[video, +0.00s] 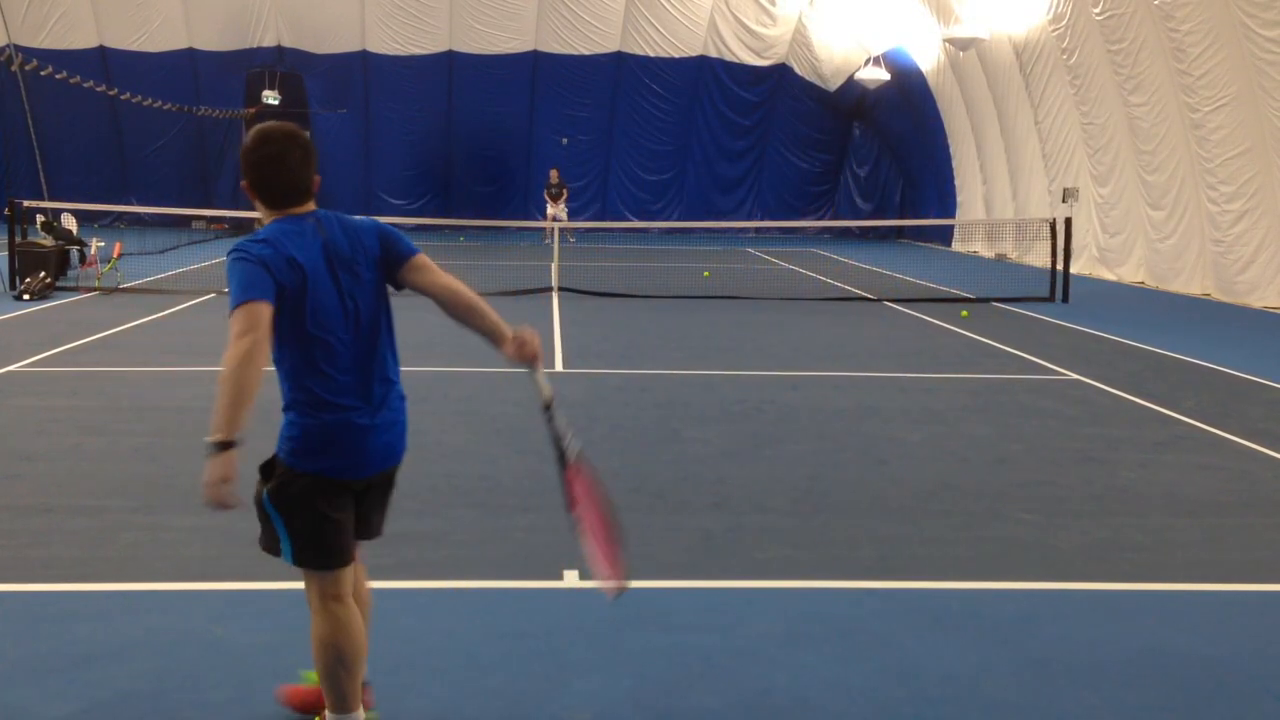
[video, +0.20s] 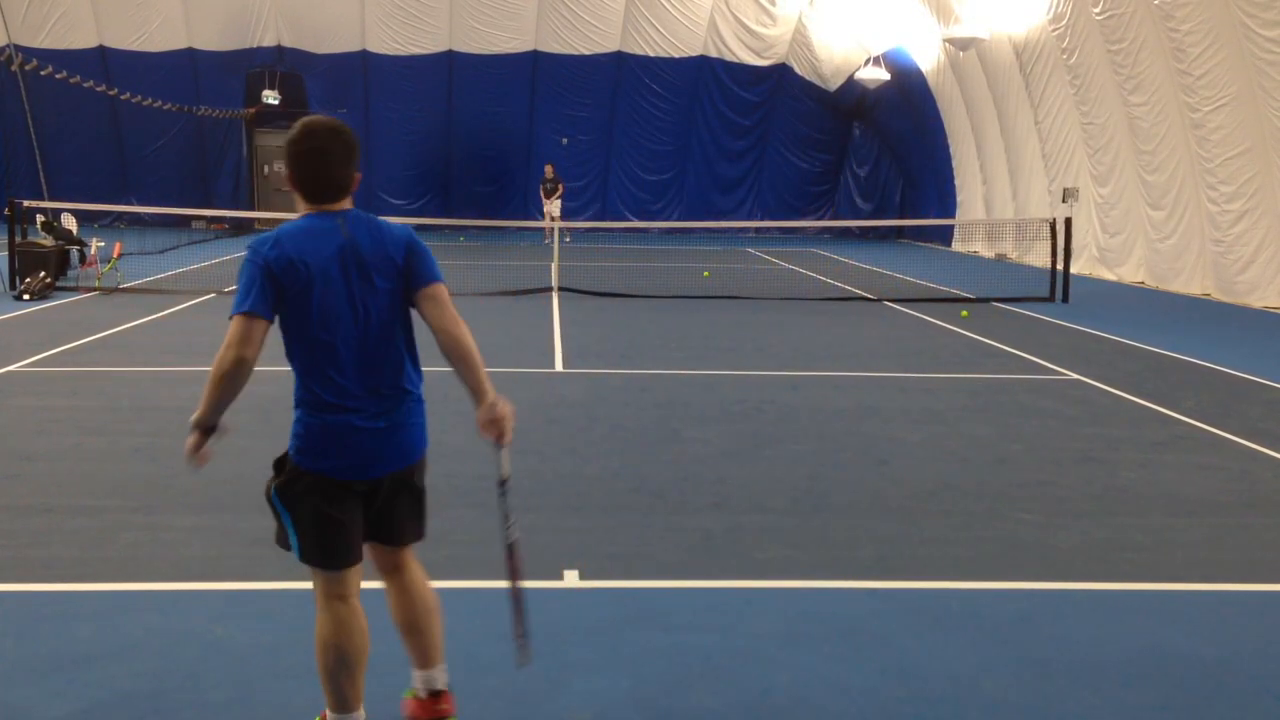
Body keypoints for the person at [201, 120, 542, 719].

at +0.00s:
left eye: (246, 179)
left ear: (249, 191)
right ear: (315, 181)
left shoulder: (256, 254)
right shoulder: (365, 232)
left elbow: (251, 338)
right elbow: (442, 286)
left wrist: (222, 443)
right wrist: (504, 334)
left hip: (317, 448)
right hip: (383, 441)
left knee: (330, 593)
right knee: (348, 565)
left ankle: (347, 713)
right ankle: (346, 683)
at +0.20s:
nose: (284, 174)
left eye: (284, 167)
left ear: (288, 180)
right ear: (355, 177)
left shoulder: (272, 252)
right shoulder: (398, 239)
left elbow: (241, 355)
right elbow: (448, 324)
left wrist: (206, 420)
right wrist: (486, 396)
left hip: (324, 449)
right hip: (401, 442)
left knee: (336, 590)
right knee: (397, 557)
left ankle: (344, 713)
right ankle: (435, 693)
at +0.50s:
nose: (368, 176)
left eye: (370, 170)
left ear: (370, 181)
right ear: (434, 183)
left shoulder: (341, 248)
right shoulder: (464, 258)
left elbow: (301, 340)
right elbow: (475, 358)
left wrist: (325, 357)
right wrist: (476, 440)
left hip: (361, 453)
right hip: (433, 454)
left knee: (354, 586)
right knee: (448, 580)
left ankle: (347, 712)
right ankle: (456, 705)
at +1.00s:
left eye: (459, 169)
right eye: (516, 175)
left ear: (454, 179)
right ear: (517, 185)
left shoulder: (420, 241)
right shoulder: (533, 260)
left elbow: (389, 318)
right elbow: (539, 357)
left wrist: (349, 401)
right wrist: (529, 436)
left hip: (419, 430)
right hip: (491, 436)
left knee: (424, 543)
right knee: (477, 565)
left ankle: (429, 660)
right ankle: (462, 700)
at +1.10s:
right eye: (519, 177)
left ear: (457, 181)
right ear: (517, 186)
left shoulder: (423, 242)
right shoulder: (536, 260)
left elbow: (394, 317)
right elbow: (542, 357)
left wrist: (356, 399)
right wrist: (534, 434)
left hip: (424, 430)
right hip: (495, 434)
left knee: (437, 545)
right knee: (480, 561)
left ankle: (448, 653)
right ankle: (463, 699)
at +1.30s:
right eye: (513, 174)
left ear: (455, 182)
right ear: (511, 184)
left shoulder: (420, 248)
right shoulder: (532, 255)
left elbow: (395, 336)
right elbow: (539, 348)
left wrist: (373, 415)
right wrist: (539, 426)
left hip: (437, 427)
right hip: (503, 430)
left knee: (453, 537)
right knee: (500, 544)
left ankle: (464, 659)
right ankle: (472, 667)